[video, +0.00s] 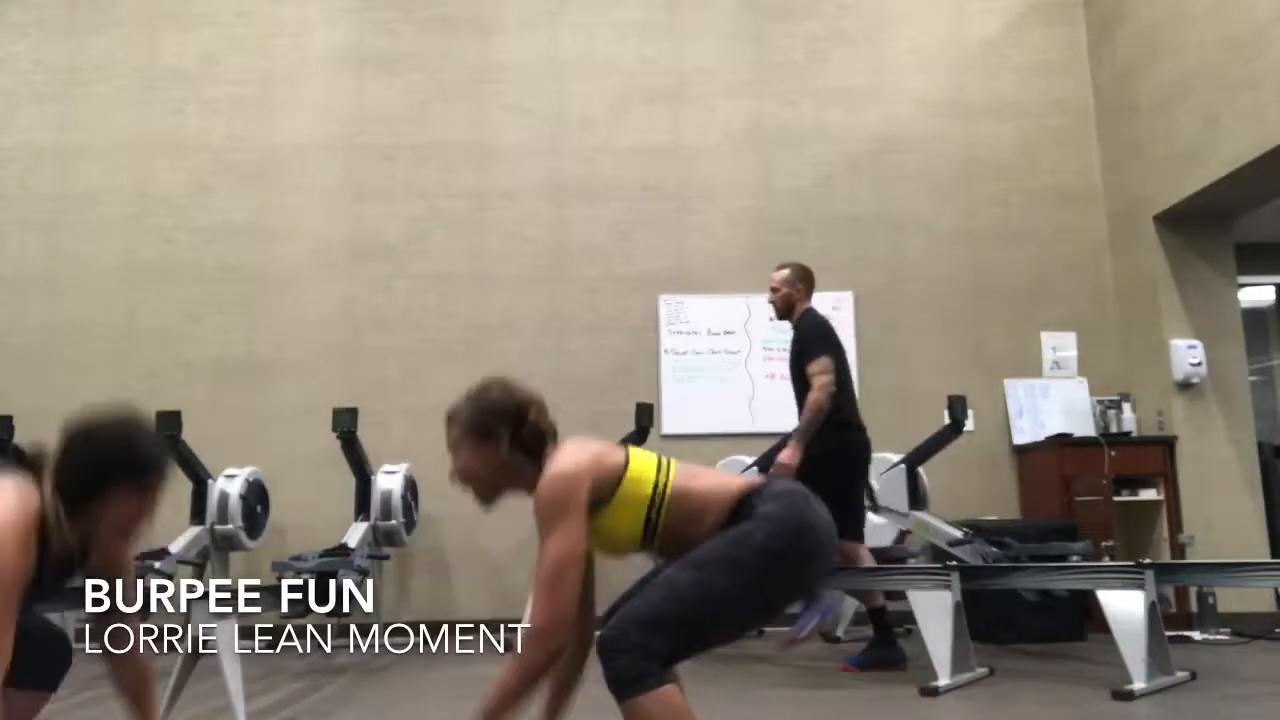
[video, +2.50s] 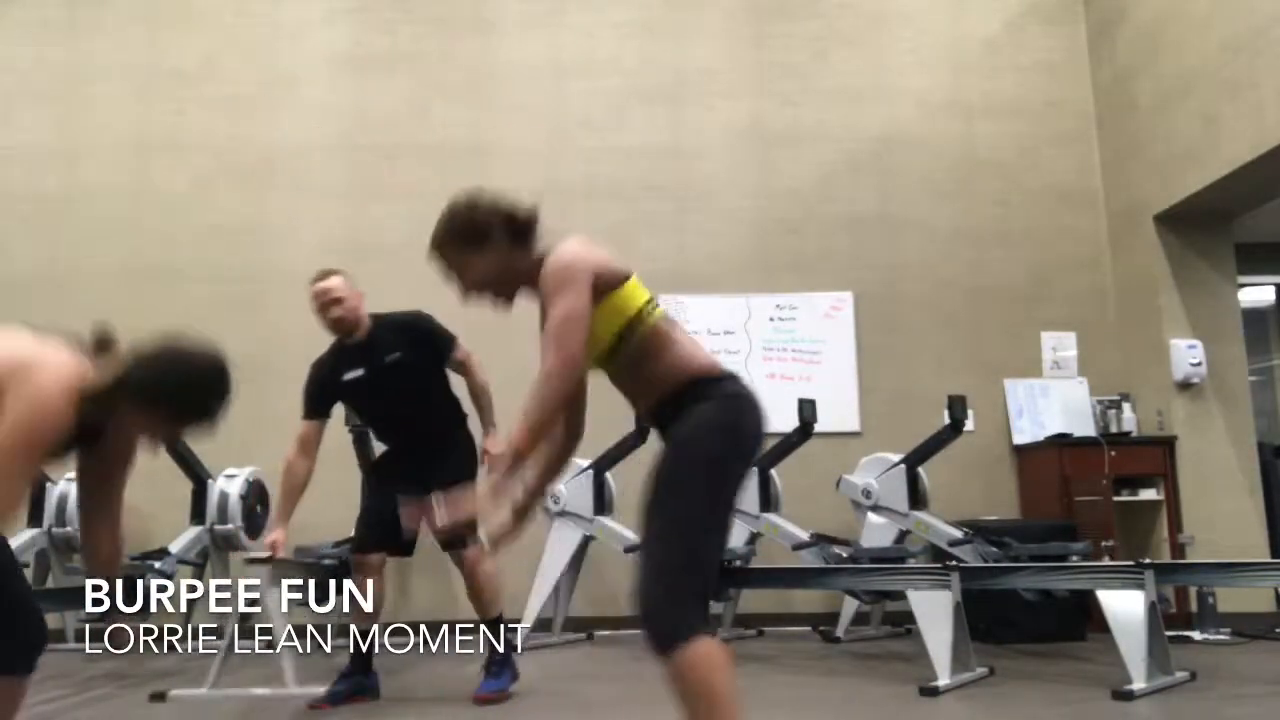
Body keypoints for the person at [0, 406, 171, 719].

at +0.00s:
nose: (147, 511)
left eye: (151, 496)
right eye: (140, 494)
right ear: (103, 488)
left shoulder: (102, 528)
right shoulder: (16, 507)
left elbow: (122, 636)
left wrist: (149, 712)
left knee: (46, 649)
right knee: (44, 650)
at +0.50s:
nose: (107, 132)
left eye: (105, 122)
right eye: (89, 120)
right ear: (43, 135)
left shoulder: (89, 220)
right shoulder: (13, 191)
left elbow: (209, 253)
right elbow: (112, 213)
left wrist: (248, 173)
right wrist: (180, 118)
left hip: (26, 456)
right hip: (3, 452)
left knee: (11, 601)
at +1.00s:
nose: (88, 130)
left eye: (84, 117)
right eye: (73, 116)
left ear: (41, 130)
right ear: (27, 125)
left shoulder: (56, 222)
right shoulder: (7, 185)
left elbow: (176, 250)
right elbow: (61, 220)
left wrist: (264, 208)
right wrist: (189, 160)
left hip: (16, 453)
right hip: (4, 451)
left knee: (9, 628)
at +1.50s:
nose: (47, 140)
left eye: (48, 129)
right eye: (31, 126)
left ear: (37, 142)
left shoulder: (32, 235)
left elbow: (153, 263)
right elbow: (40, 226)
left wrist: (229, 206)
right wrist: (130, 147)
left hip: (38, 458)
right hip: (3, 457)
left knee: (6, 650)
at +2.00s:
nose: (106, 162)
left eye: (108, 149)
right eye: (95, 145)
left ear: (78, 149)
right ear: (47, 142)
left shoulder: (74, 213)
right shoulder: (11, 192)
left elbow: (189, 198)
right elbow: (101, 133)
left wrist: (264, 137)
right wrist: (181, 47)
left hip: (24, 450)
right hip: (2, 449)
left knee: (7, 609)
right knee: (5, 610)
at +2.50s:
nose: (170, 439)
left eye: (182, 428)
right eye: (179, 424)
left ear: (155, 383)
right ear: (164, 403)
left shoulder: (112, 416)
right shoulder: (52, 393)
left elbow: (101, 522)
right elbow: (7, 505)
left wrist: (111, 615)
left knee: (25, 631)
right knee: (21, 631)